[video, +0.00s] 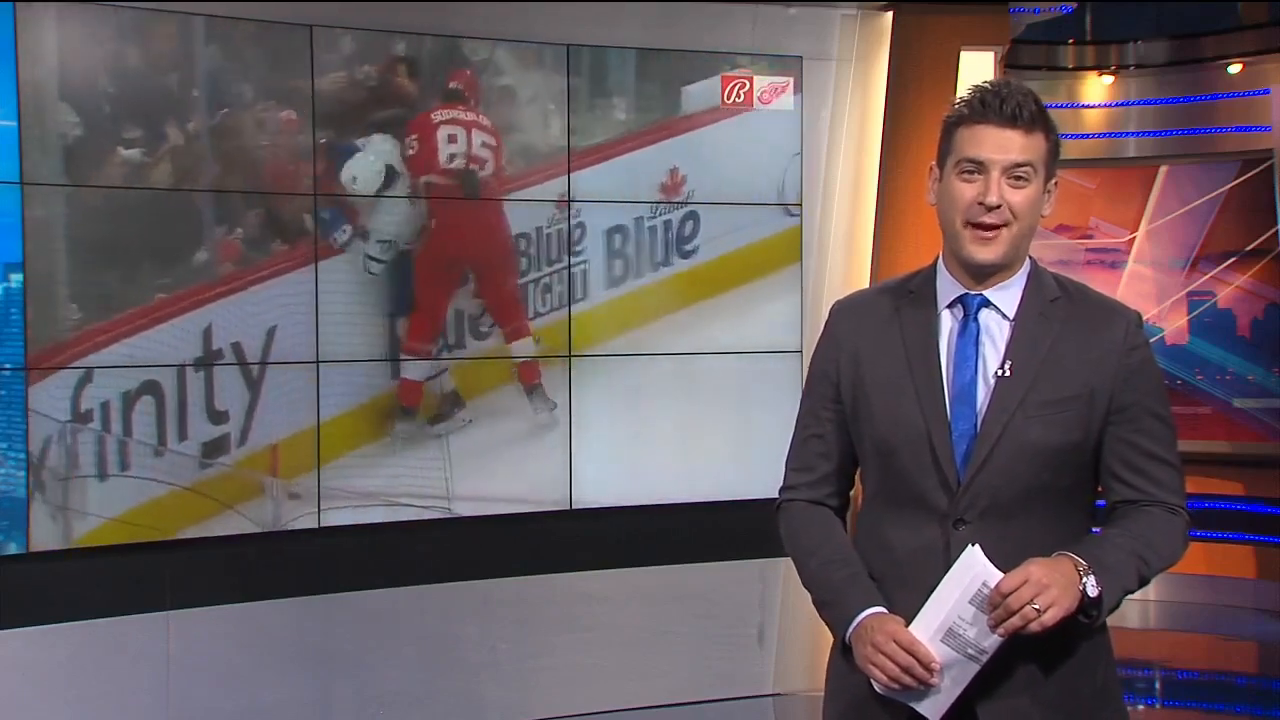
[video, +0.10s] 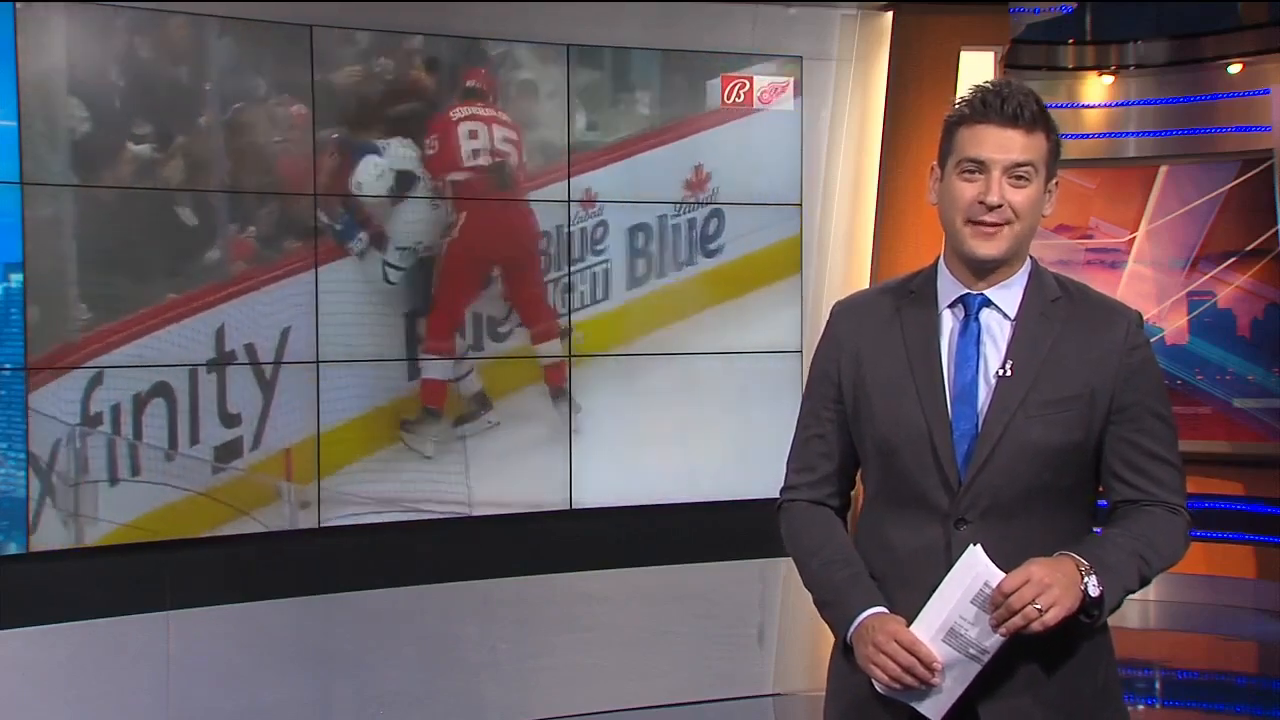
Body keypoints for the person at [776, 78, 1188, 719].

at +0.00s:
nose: (991, 197)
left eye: (1017, 177)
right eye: (970, 172)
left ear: (1047, 196)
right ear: (936, 185)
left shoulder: (1109, 336)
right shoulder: (857, 326)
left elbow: (1156, 512)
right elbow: (807, 499)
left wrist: (1082, 571)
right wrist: (860, 617)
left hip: (1046, 692)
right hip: (883, 688)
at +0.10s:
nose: (992, 196)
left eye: (1018, 177)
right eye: (971, 171)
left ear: (1048, 196)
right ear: (937, 184)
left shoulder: (1110, 336)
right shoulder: (857, 327)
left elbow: (1156, 512)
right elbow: (808, 500)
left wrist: (1084, 570)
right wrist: (861, 617)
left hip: (1046, 691)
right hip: (884, 687)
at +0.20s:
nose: (993, 195)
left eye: (1019, 176)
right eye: (972, 171)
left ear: (1049, 196)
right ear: (938, 184)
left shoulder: (1111, 336)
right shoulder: (858, 327)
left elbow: (1158, 511)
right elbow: (810, 500)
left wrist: (1085, 570)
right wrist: (862, 617)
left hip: (1049, 691)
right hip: (886, 688)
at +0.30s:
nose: (994, 194)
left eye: (1020, 176)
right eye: (973, 170)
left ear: (1049, 196)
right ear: (938, 184)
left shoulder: (1112, 336)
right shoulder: (860, 327)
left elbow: (1159, 510)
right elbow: (811, 500)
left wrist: (1087, 569)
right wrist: (864, 617)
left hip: (1050, 690)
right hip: (887, 687)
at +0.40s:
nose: (996, 194)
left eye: (1022, 175)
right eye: (975, 170)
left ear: (1050, 196)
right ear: (939, 185)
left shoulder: (1113, 335)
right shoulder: (861, 327)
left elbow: (1161, 510)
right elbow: (812, 500)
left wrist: (1088, 569)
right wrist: (865, 617)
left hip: (1050, 690)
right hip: (888, 687)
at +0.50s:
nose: (997, 193)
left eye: (1022, 175)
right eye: (976, 169)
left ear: (1050, 196)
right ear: (940, 185)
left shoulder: (1114, 336)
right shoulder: (862, 327)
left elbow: (1161, 510)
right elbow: (813, 500)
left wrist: (1089, 568)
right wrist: (866, 617)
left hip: (1051, 690)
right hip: (889, 688)